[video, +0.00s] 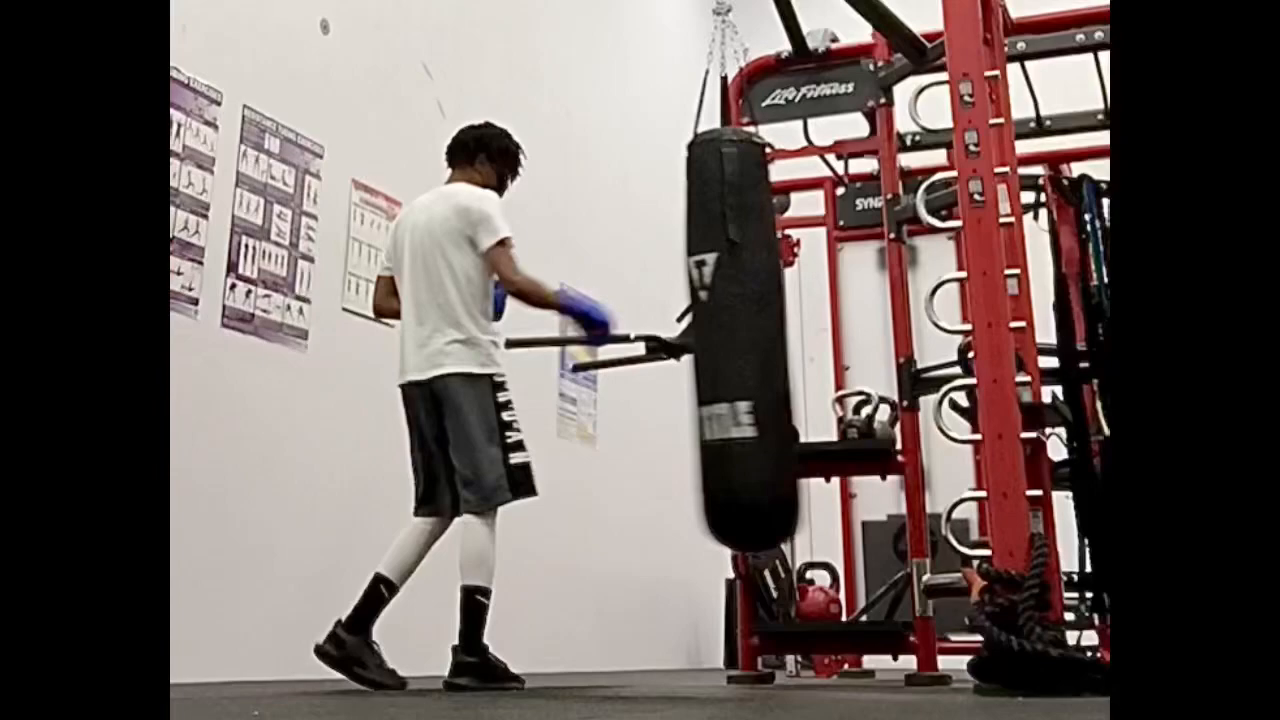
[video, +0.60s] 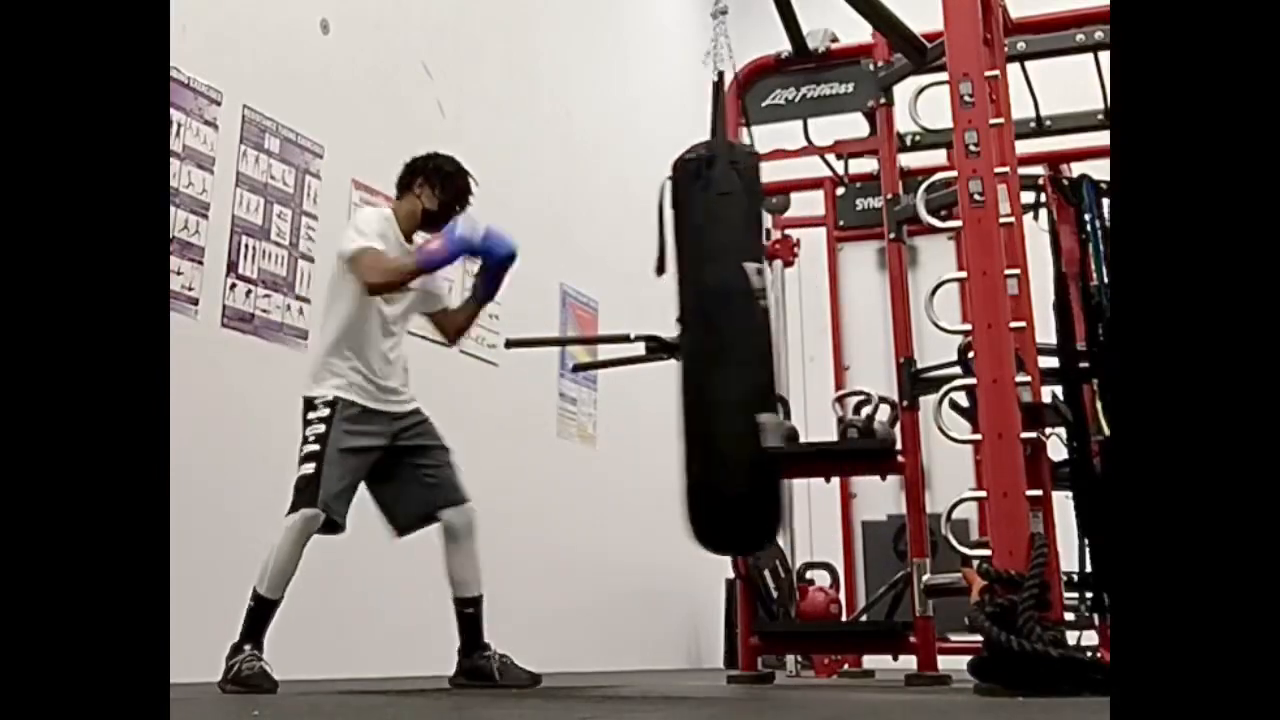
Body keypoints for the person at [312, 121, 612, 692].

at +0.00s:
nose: (502, 188)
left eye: (505, 180)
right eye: (502, 178)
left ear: (453, 162)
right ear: (484, 163)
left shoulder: (408, 215)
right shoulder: (478, 202)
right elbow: (510, 280)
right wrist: (576, 305)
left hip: (417, 374)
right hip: (464, 370)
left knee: (436, 506)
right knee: (481, 503)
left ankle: (353, 632)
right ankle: (471, 654)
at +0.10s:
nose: (491, 193)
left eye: (495, 183)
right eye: (488, 179)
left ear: (452, 170)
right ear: (460, 167)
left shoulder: (421, 209)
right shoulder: (440, 205)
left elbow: (410, 296)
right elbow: (415, 283)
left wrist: (457, 305)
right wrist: (478, 326)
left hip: (395, 374)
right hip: (423, 372)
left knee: (395, 509)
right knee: (461, 502)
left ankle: (339, 650)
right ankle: (469, 652)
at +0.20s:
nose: (470, 197)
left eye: (476, 191)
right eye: (469, 184)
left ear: (450, 178)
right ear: (446, 168)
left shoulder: (424, 230)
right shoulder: (405, 202)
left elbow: (404, 306)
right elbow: (343, 265)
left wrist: (445, 325)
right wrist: (399, 311)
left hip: (390, 373)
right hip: (379, 370)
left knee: (369, 508)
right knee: (416, 499)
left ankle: (335, 652)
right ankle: (437, 649)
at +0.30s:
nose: (442, 186)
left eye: (450, 181)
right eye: (440, 172)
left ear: (446, 182)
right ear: (415, 158)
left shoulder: (415, 229)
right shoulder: (371, 199)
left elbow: (393, 301)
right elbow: (320, 270)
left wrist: (434, 307)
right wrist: (391, 288)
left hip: (395, 376)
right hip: (361, 367)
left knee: (384, 502)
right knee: (366, 495)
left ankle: (340, 646)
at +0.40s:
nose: (426, 190)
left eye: (431, 182)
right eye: (425, 177)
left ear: (404, 166)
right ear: (398, 159)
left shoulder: (400, 229)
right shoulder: (348, 205)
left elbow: (381, 302)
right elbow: (306, 284)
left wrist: (413, 324)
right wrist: (380, 300)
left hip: (387, 390)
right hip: (334, 384)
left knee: (428, 506)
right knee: (305, 508)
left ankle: (353, 635)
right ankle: (247, 650)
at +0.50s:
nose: (428, 189)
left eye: (435, 182)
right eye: (423, 175)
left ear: (422, 184)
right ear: (396, 165)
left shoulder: (400, 238)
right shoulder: (346, 210)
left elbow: (366, 310)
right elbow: (305, 280)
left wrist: (407, 327)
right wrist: (384, 302)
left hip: (379, 388)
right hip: (324, 383)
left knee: (439, 501)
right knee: (299, 507)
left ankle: (435, 645)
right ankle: (244, 652)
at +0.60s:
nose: (440, 219)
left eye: (447, 214)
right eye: (439, 207)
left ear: (440, 210)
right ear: (418, 187)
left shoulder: (421, 259)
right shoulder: (369, 218)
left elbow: (451, 328)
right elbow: (375, 275)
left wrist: (488, 280)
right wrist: (447, 251)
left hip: (397, 404)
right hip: (340, 396)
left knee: (458, 516)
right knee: (309, 515)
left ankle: (474, 656)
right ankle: (246, 651)